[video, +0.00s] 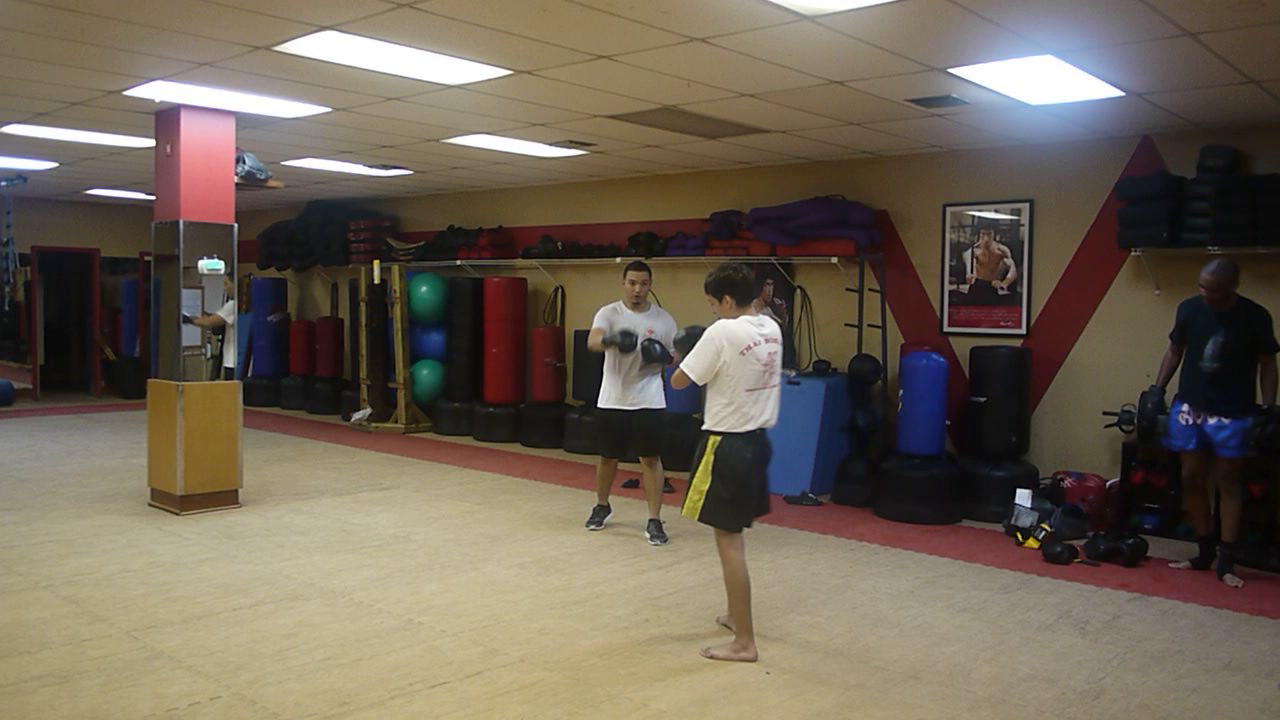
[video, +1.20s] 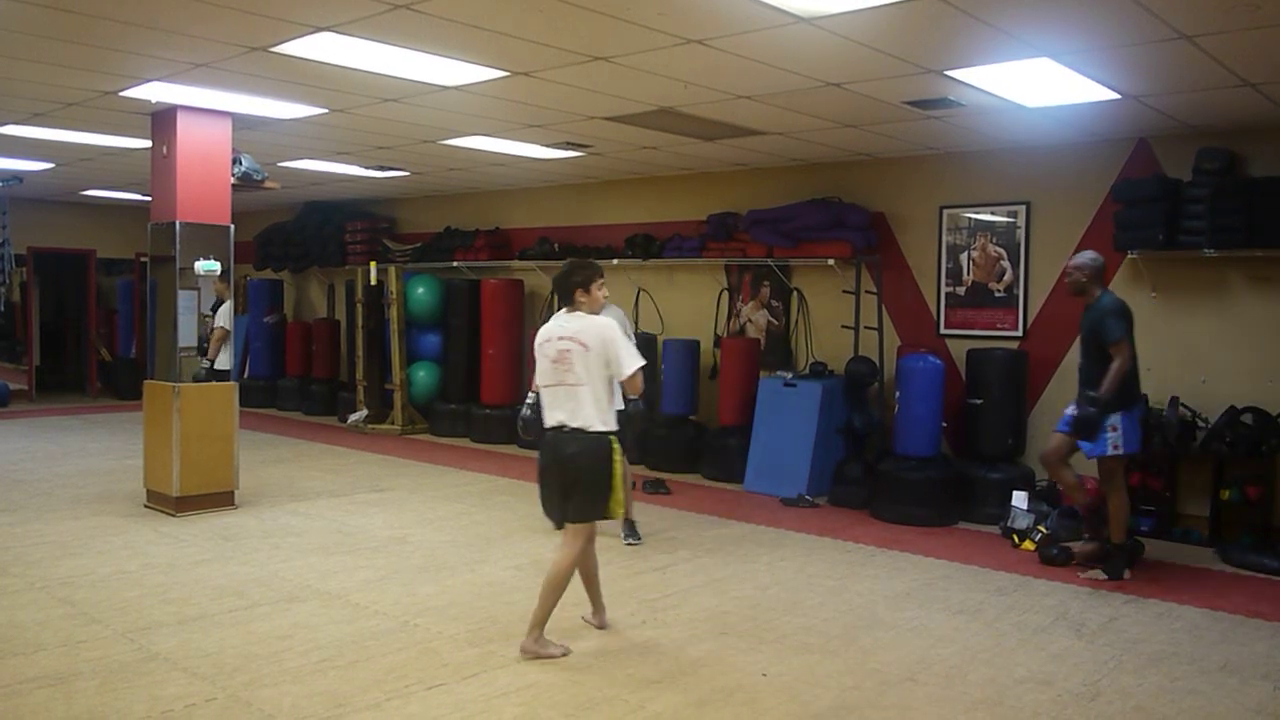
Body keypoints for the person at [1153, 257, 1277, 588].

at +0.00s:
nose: (1204, 295)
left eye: (1211, 291)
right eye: (1202, 287)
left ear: (1231, 288)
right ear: (1201, 281)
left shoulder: (1256, 317)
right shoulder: (1189, 310)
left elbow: (1267, 365)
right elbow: (1174, 350)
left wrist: (1268, 407)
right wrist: (1156, 390)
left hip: (1232, 415)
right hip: (1189, 412)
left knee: (1229, 484)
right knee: (1191, 480)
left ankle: (1226, 562)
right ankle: (1204, 553)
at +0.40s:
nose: (1156, 286)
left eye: (1163, 282)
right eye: (1156, 280)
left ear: (1186, 283)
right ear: (1163, 283)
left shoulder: (1219, 318)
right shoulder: (1160, 318)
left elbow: (1237, 367)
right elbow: (1161, 359)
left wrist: (1239, 413)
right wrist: (1149, 400)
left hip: (1201, 415)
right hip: (1166, 413)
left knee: (1182, 480)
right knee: (1184, 481)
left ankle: (1178, 556)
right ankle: (1199, 547)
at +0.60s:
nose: (1142, 285)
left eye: (1149, 280)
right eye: (1141, 280)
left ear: (1171, 282)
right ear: (1148, 283)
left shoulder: (1203, 319)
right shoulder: (1150, 320)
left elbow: (1222, 367)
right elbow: (1156, 365)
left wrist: (1223, 413)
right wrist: (1149, 402)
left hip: (1187, 412)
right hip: (1158, 412)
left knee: (1157, 475)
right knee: (1182, 483)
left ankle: (1138, 553)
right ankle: (1201, 552)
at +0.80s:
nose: (1119, 287)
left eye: (1125, 281)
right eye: (1119, 281)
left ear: (1145, 284)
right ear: (1135, 284)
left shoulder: (1172, 322)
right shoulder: (1130, 324)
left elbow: (1192, 372)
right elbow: (1133, 374)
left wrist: (1192, 418)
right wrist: (1124, 413)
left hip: (1157, 416)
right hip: (1136, 414)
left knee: (1123, 476)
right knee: (1165, 483)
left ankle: (1119, 558)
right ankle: (1198, 543)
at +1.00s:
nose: (1092, 283)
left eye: (1098, 279)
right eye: (1093, 278)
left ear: (1119, 282)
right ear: (1110, 283)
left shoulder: (1142, 316)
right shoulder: (1111, 317)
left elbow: (1157, 366)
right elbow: (1113, 369)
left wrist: (1152, 413)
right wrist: (1105, 406)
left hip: (1129, 415)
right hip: (1111, 414)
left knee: (1114, 482)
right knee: (1115, 481)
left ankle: (1117, 556)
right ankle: (1166, 523)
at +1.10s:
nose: (1079, 281)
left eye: (1085, 276)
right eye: (1079, 275)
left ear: (1105, 278)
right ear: (1098, 278)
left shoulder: (1127, 311)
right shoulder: (1104, 311)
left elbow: (1140, 362)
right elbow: (1106, 365)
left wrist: (1125, 411)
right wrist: (1097, 407)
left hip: (1123, 417)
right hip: (1102, 413)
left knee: (1114, 483)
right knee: (1078, 466)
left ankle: (1117, 558)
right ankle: (1124, 511)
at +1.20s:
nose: (1066, 278)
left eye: (1072, 273)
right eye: (1067, 272)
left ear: (1090, 276)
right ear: (1085, 277)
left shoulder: (1111, 308)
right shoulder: (1092, 308)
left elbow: (1123, 357)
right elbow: (1095, 361)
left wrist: (1097, 405)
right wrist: (1082, 401)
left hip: (1116, 408)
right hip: (1089, 403)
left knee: (1112, 480)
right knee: (1051, 455)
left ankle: (1118, 558)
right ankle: (1091, 517)